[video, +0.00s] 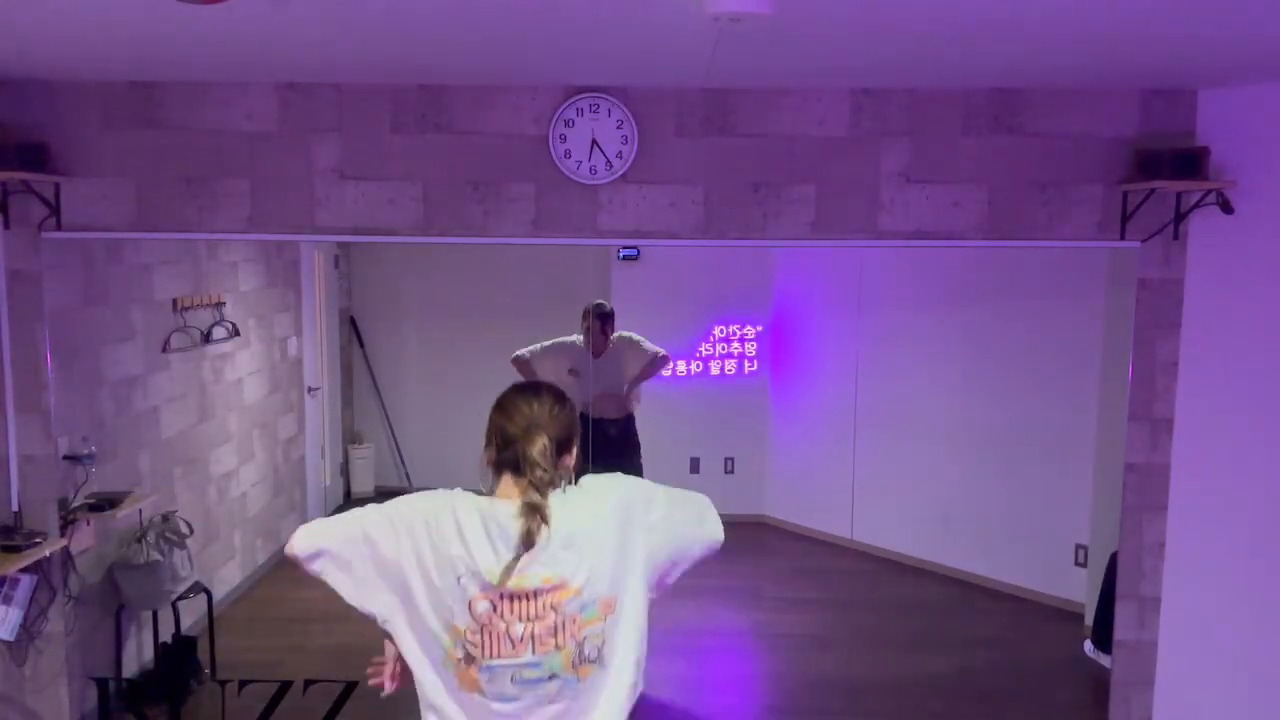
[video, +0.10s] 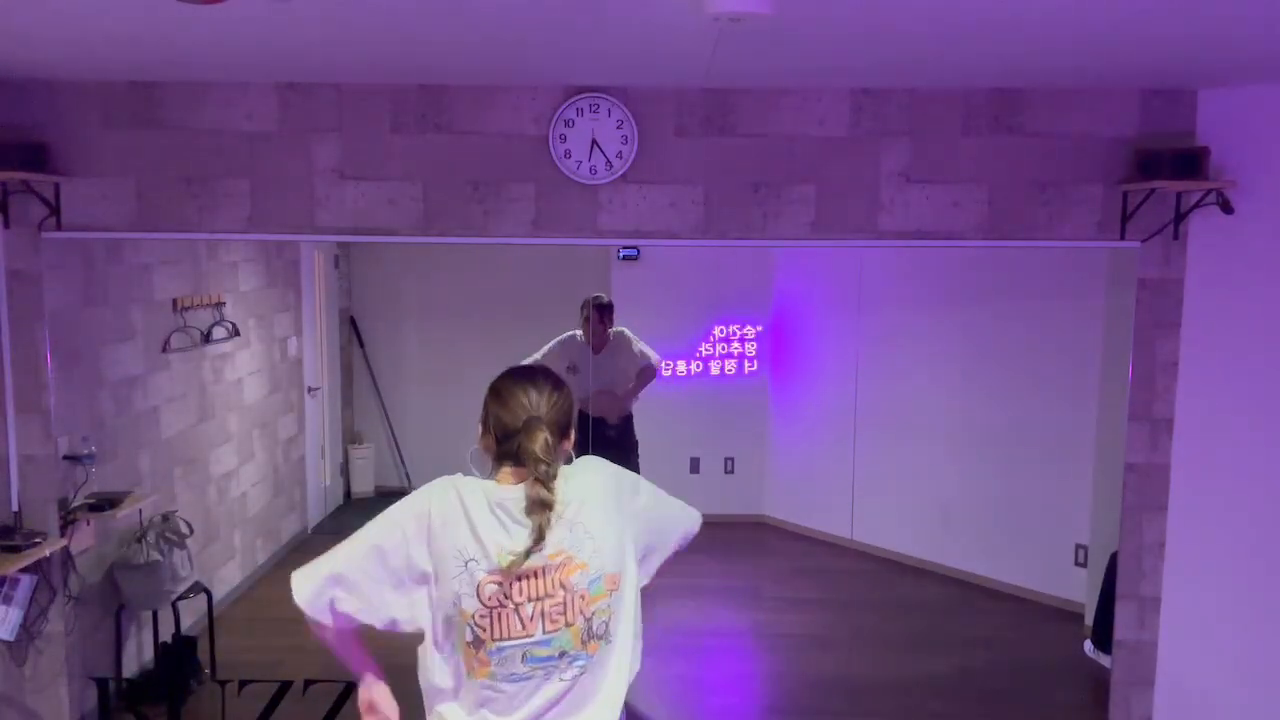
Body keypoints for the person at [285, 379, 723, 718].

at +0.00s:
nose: (577, 458)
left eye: (574, 449)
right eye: (576, 450)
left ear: (489, 451)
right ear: (568, 457)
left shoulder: (435, 517)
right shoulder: (615, 503)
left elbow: (305, 544)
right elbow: (708, 526)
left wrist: (399, 626)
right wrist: (632, 580)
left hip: (466, 707)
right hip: (588, 706)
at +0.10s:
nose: (477, 440)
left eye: (477, 428)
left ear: (484, 439)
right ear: (569, 440)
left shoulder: (439, 505)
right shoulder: (605, 485)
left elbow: (317, 595)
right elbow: (685, 524)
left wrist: (368, 676)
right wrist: (615, 582)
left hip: (466, 712)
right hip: (589, 709)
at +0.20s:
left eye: (477, 423)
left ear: (484, 433)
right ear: (566, 435)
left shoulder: (437, 508)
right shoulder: (602, 486)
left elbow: (353, 657)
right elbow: (639, 579)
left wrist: (354, 715)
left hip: (460, 710)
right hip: (587, 709)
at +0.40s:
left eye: (457, 429)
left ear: (464, 444)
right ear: (548, 441)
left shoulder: (434, 549)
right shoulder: (584, 521)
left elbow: (413, 696)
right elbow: (586, 631)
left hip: (470, 711)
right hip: (565, 709)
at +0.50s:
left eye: (437, 449)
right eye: (535, 448)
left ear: (444, 464)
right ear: (527, 462)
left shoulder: (430, 558)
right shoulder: (553, 540)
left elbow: (416, 693)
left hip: (452, 712)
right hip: (531, 710)